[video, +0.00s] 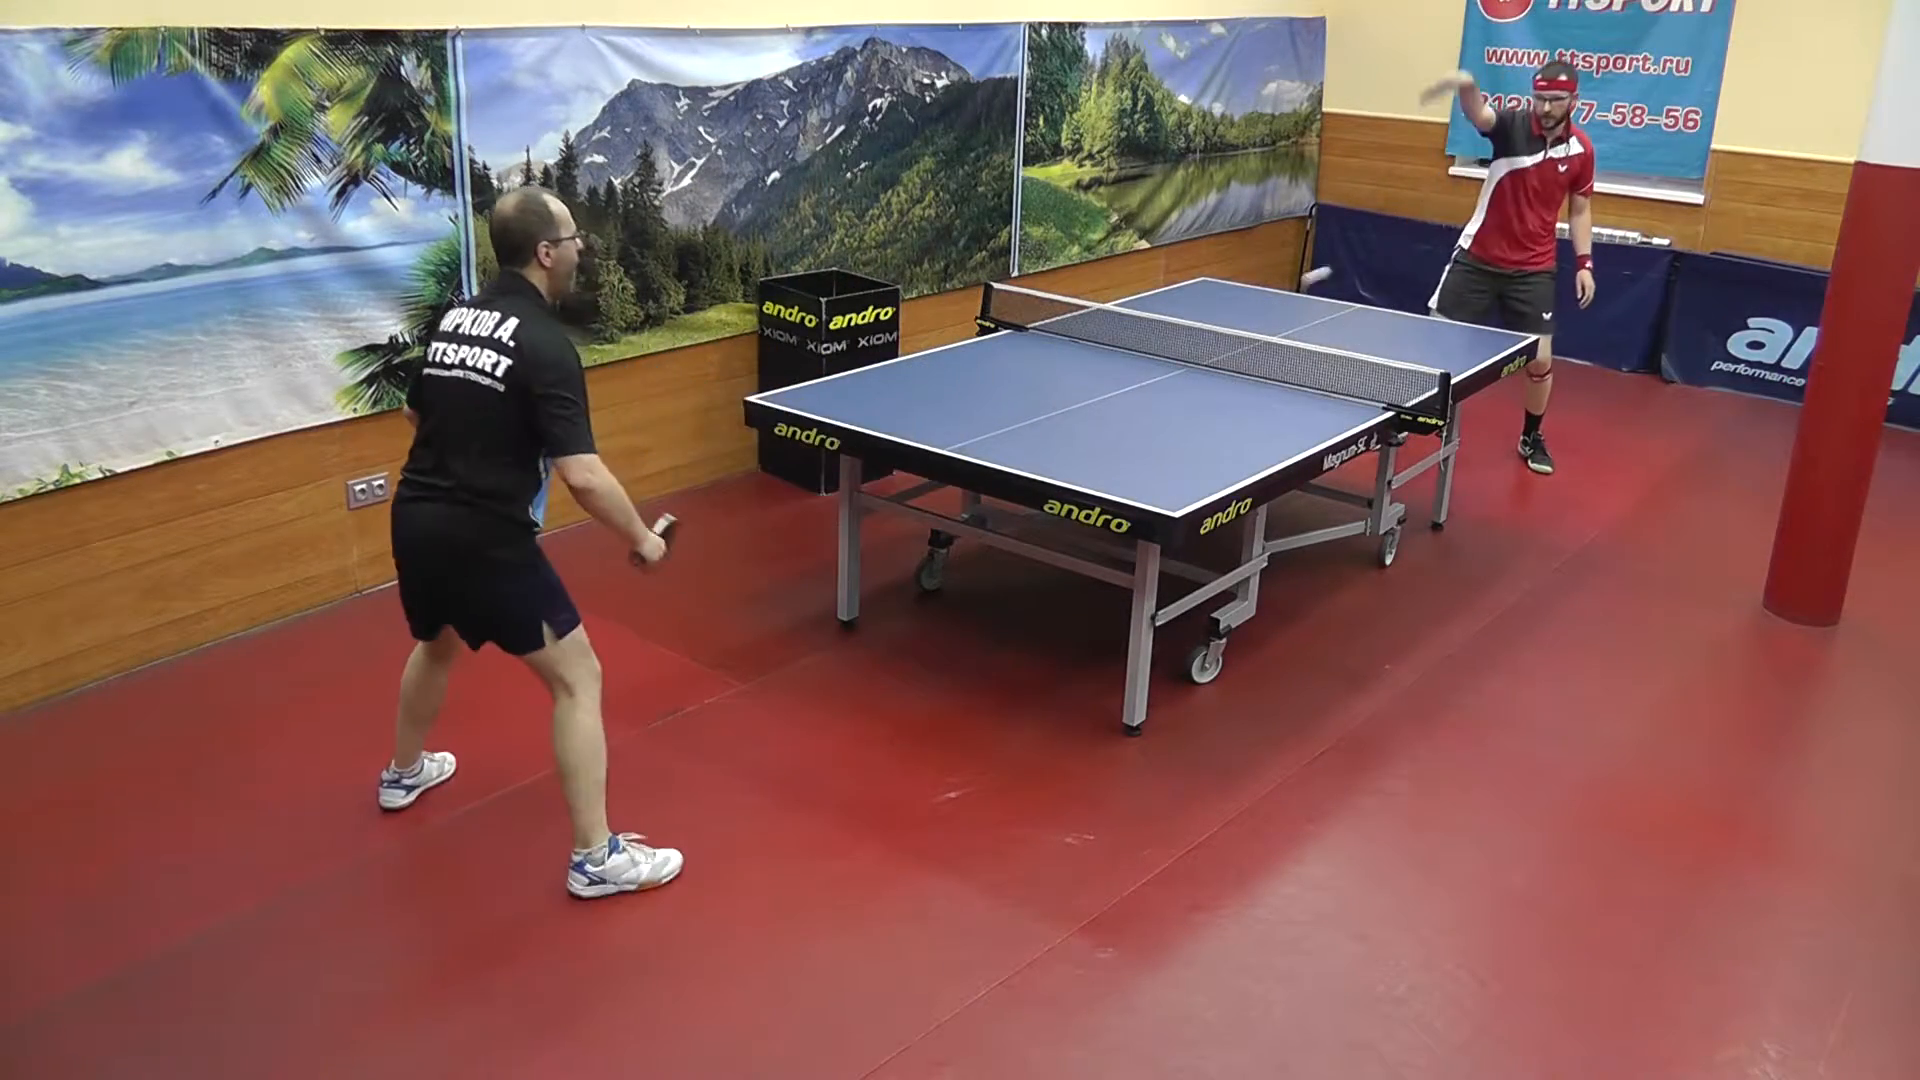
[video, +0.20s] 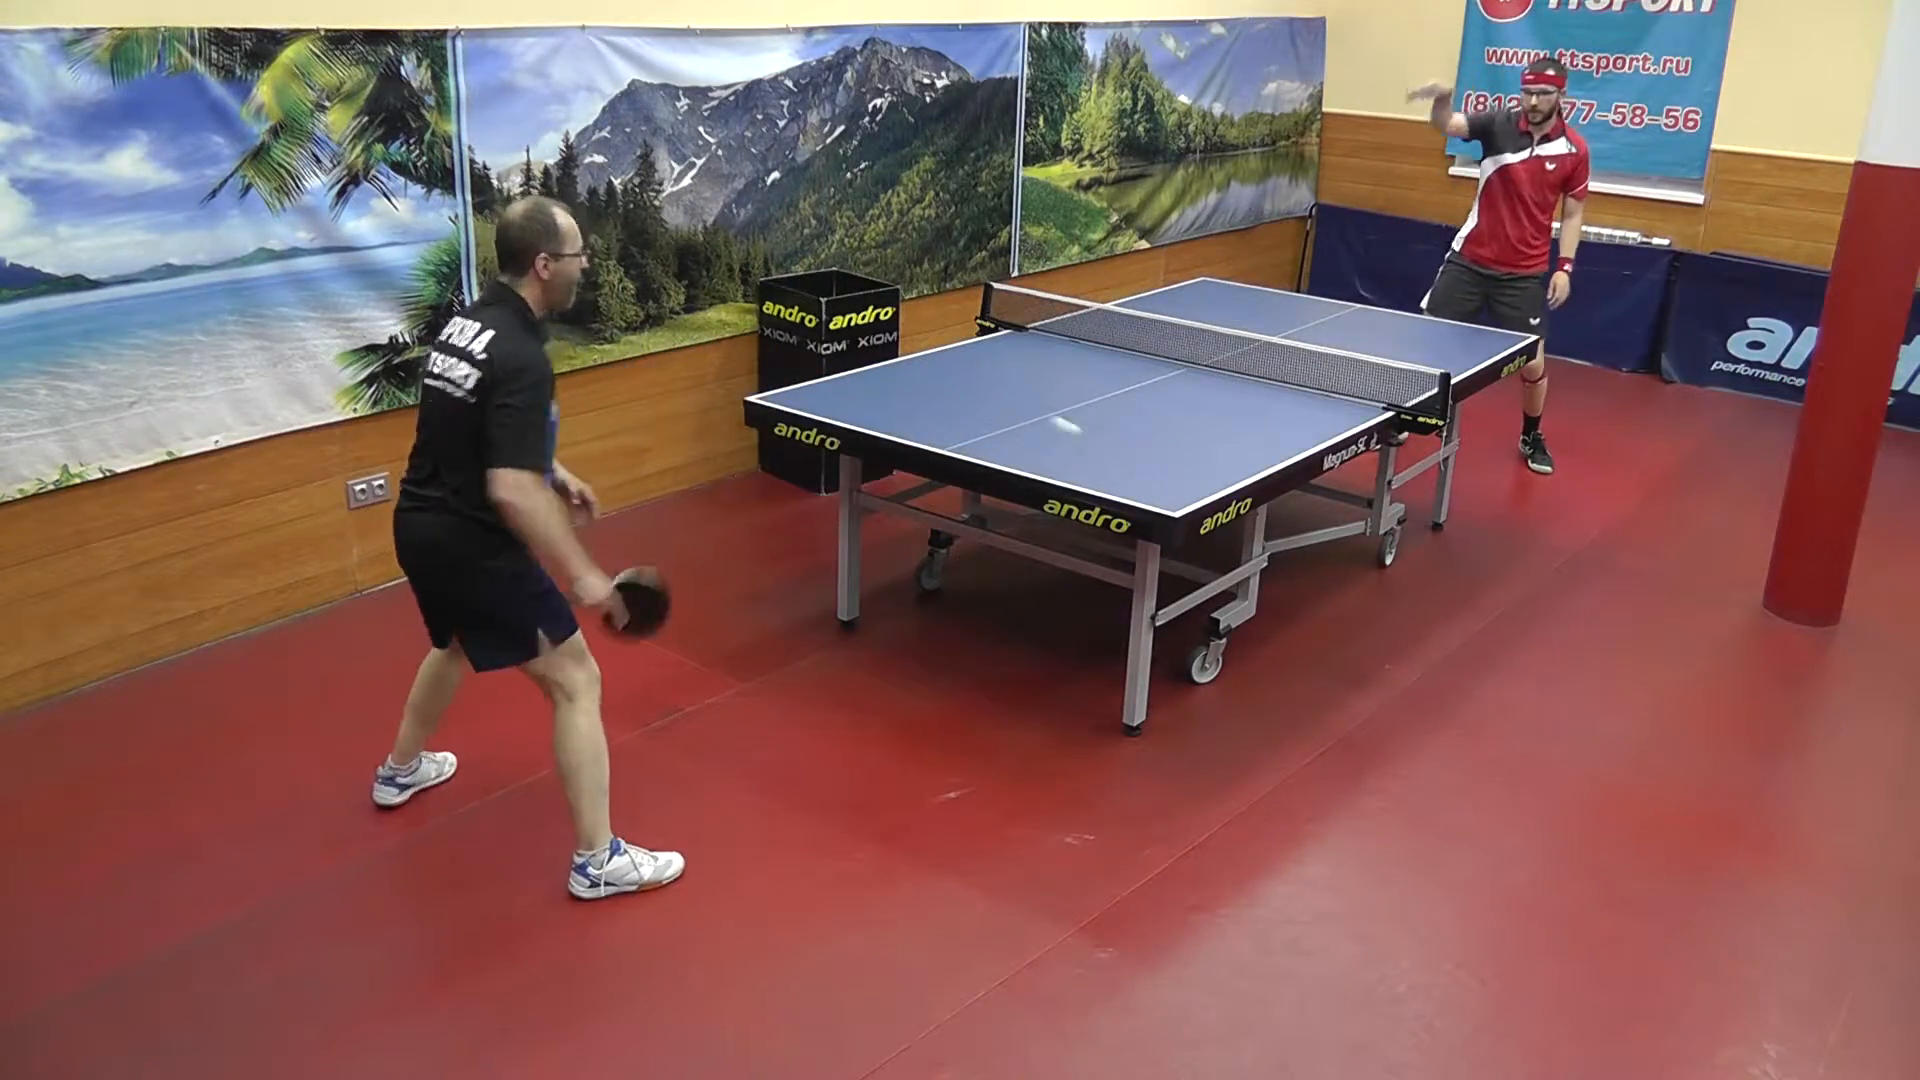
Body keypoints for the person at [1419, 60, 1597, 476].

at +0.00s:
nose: (1547, 108)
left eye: (1557, 100)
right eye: (1541, 99)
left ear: (1573, 101)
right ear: (1532, 95)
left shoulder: (1580, 149)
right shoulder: (1511, 120)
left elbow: (1580, 210)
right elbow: (1480, 116)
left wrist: (1584, 265)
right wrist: (1467, 89)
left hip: (1533, 269)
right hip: (1476, 258)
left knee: (1541, 361)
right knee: (1435, 338)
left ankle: (1532, 437)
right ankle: (1424, 410)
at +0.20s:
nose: (1533, 102)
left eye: (1543, 95)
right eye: (1528, 93)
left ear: (1561, 97)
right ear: (1520, 91)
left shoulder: (1574, 150)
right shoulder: (1498, 122)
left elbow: (1572, 215)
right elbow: (1444, 124)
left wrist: (1564, 268)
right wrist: (1441, 101)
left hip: (1524, 276)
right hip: (1468, 262)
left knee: (1533, 366)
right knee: (1425, 338)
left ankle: (1532, 436)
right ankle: (1411, 409)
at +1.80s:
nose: (1508, 113)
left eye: (1517, 105)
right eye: (1503, 105)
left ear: (1540, 107)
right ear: (1498, 106)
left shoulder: (1568, 156)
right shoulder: (1490, 155)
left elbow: (1580, 219)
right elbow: (1468, 203)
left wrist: (1562, 270)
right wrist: (1447, 238)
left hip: (1536, 282)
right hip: (1481, 271)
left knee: (1541, 373)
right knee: (1435, 341)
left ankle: (1551, 439)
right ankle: (1415, 412)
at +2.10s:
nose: (1503, 119)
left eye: (1513, 111)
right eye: (1498, 110)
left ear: (1532, 111)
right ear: (1492, 109)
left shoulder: (1560, 155)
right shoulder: (1482, 153)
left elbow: (1573, 215)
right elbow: (1446, 201)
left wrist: (1564, 268)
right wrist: (1449, 221)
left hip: (1533, 282)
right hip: (1478, 271)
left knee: (1543, 370)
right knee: (1428, 337)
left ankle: (1551, 439)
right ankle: (1411, 412)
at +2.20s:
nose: (1504, 125)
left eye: (1513, 117)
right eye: (1498, 116)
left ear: (1532, 114)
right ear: (1492, 114)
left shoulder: (1559, 155)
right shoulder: (1480, 157)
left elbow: (1579, 210)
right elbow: (1436, 204)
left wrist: (1583, 263)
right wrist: (1440, 219)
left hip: (1535, 280)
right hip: (1477, 273)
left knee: (1547, 368)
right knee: (1429, 341)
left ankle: (1551, 438)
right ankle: (1409, 412)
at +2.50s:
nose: (1509, 114)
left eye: (1518, 106)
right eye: (1503, 105)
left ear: (1537, 105)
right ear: (1496, 105)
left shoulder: (1560, 147)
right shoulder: (1481, 152)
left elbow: (1579, 197)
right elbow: (1454, 208)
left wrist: (1600, 249)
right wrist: (1433, 250)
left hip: (1534, 274)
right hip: (1475, 269)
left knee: (1548, 364)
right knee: (1429, 343)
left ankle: (1551, 438)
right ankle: (1408, 414)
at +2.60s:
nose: (1509, 112)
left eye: (1518, 104)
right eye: (1503, 103)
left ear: (1539, 104)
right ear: (1497, 104)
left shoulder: (1564, 147)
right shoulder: (1482, 152)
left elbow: (1578, 200)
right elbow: (1458, 210)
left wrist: (1595, 255)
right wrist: (1440, 256)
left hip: (1534, 274)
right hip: (1476, 267)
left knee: (1547, 365)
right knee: (1431, 342)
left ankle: (1551, 438)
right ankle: (1409, 413)